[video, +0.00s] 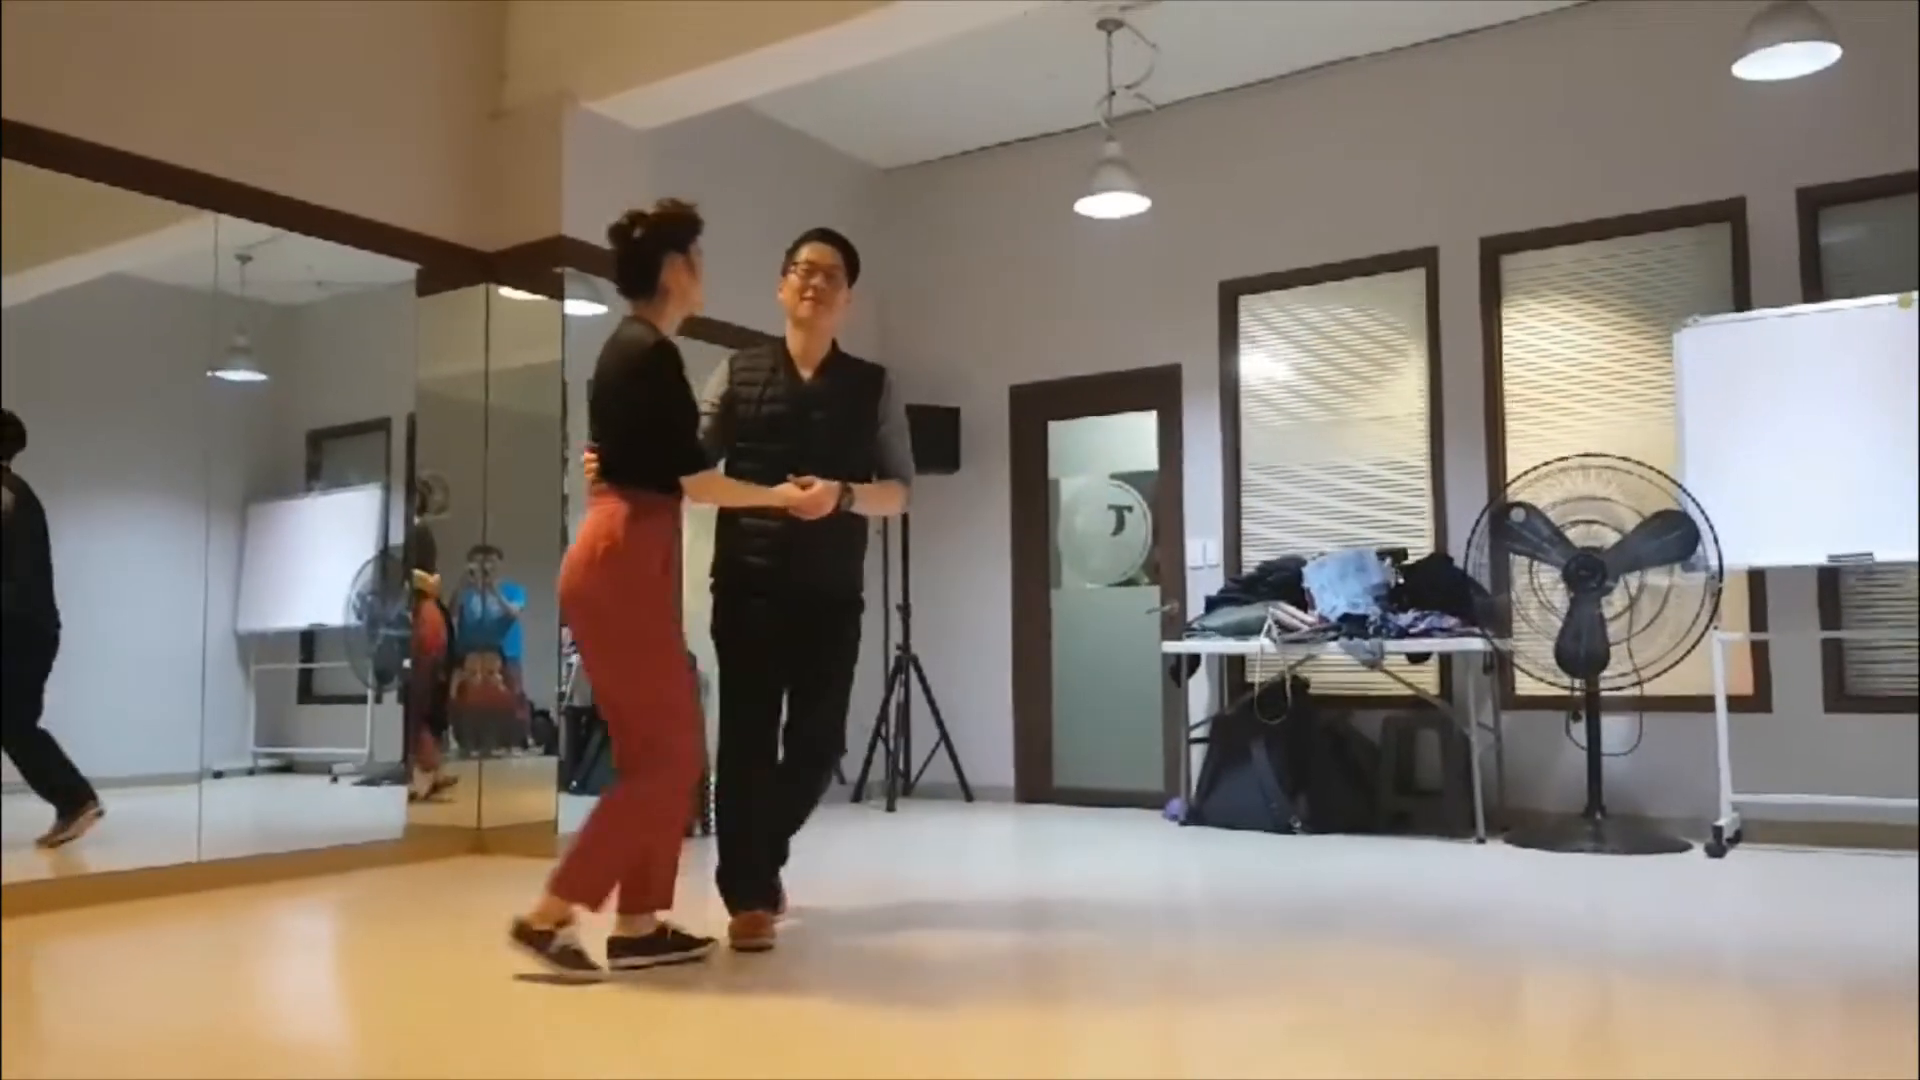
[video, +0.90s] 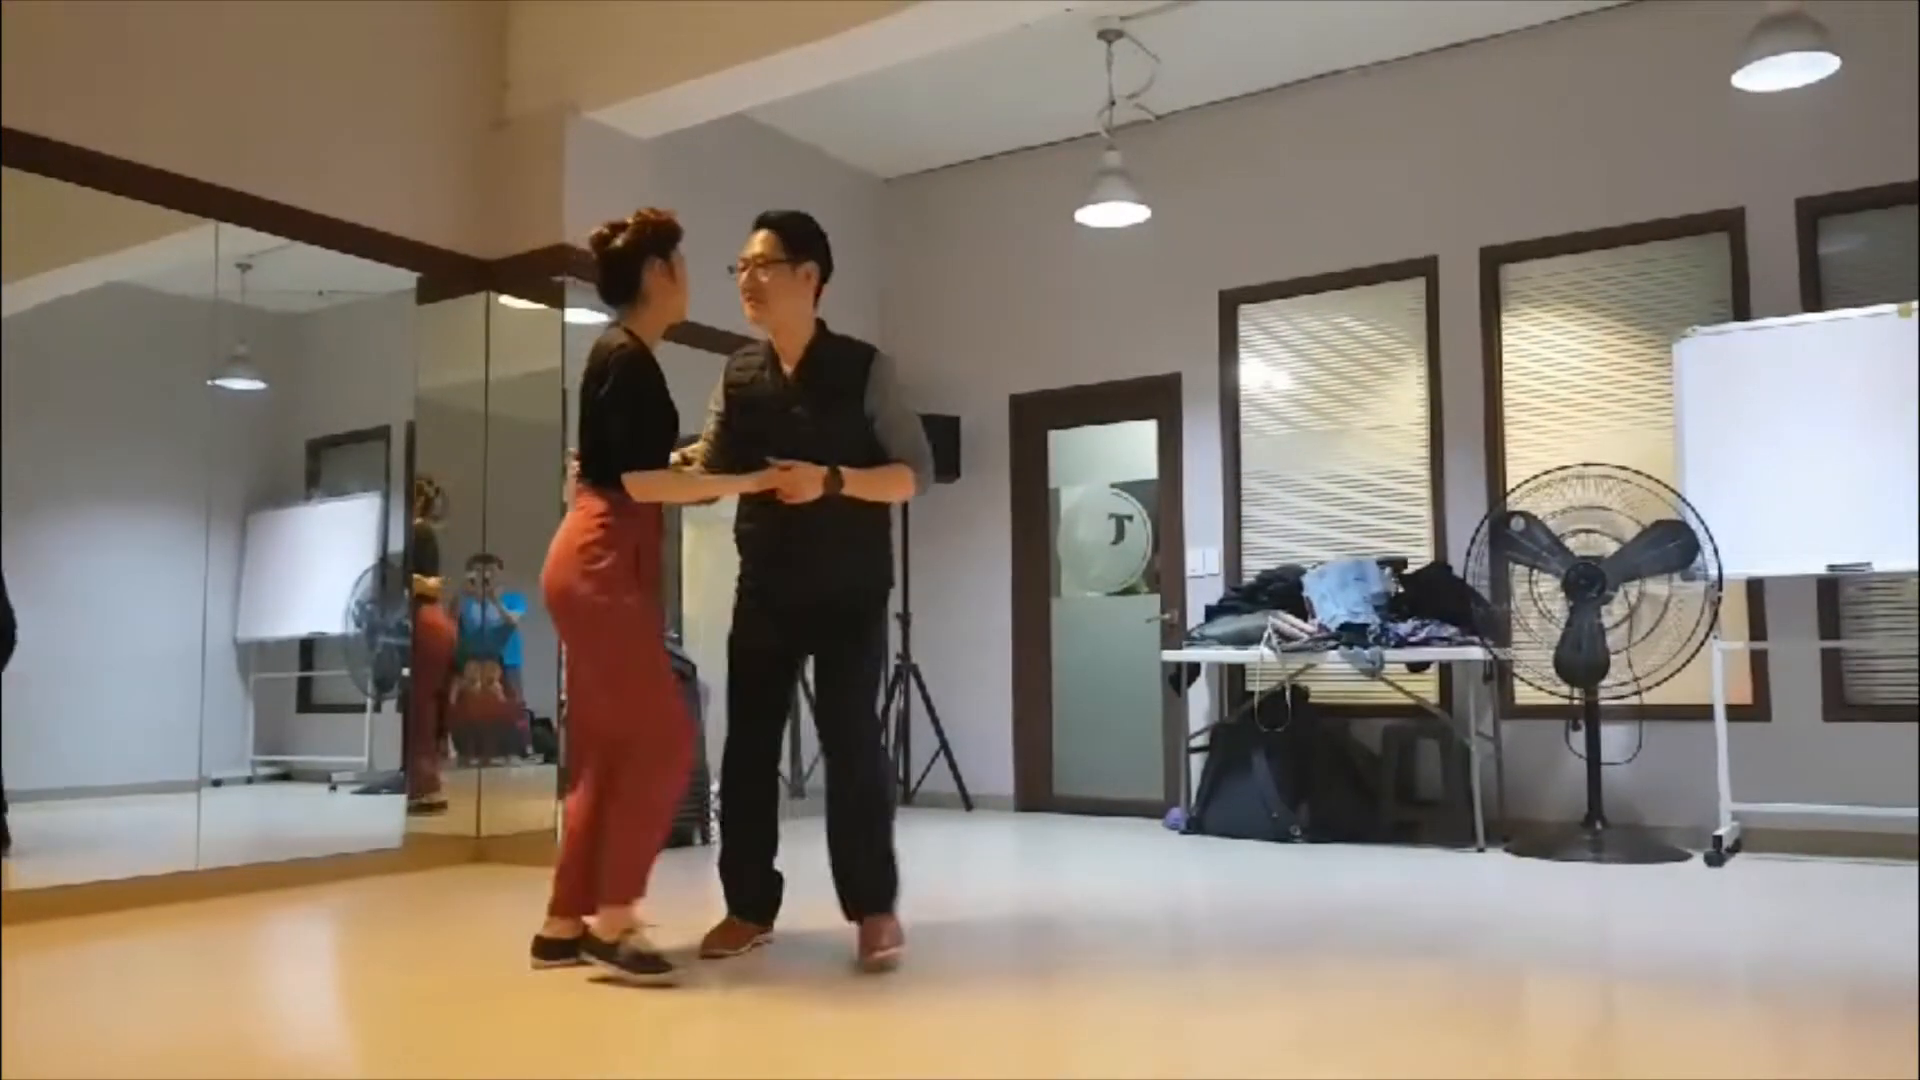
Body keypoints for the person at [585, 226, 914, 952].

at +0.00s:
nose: (811, 283)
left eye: (827, 275)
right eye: (801, 271)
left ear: (848, 297)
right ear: (781, 287)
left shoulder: (871, 386)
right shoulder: (741, 371)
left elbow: (898, 493)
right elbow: (689, 461)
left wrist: (842, 495)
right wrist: (612, 462)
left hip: (830, 595)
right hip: (748, 588)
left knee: (819, 745)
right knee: (746, 743)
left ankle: (763, 859)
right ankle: (748, 903)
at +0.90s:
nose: (745, 278)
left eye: (762, 265)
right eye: (742, 267)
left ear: (811, 277)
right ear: (746, 282)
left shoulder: (867, 369)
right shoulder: (741, 370)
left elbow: (912, 477)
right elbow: (712, 467)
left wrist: (832, 479)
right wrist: (625, 473)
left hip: (850, 587)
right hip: (766, 586)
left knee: (851, 743)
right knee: (749, 747)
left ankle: (875, 911)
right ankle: (748, 910)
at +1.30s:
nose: (807, 253)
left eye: (821, 238)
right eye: (807, 241)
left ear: (874, 243)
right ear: (840, 252)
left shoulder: (944, 331)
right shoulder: (835, 359)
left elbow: (1011, 437)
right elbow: (769, 452)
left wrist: (902, 457)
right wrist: (687, 474)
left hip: (960, 574)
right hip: (886, 574)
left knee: (925, 741)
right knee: (840, 730)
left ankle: (928, 936)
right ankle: (874, 897)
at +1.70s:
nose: (860, 242)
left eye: (873, 225)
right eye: (863, 227)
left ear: (921, 234)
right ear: (909, 238)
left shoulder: (988, 322)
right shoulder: (905, 358)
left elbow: (1059, 431)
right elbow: (841, 458)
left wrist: (939, 460)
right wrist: (763, 478)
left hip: (1016, 582)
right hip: (970, 585)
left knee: (918, 747)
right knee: (931, 745)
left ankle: (998, 964)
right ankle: (968, 927)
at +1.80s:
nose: (864, 218)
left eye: (874, 200)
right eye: (868, 203)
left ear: (915, 206)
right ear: (920, 210)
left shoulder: (970, 290)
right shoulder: (937, 308)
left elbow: (1033, 400)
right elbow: (952, 420)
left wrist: (908, 432)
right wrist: (881, 453)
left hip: (1021, 565)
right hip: (990, 565)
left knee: (941, 744)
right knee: (942, 738)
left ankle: (1002, 970)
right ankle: (977, 915)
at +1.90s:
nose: (886, 194)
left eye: (891, 177)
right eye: (889, 178)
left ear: (923, 176)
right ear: (969, 182)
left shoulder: (956, 259)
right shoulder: (1007, 266)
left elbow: (980, 363)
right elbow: (1009, 406)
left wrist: (851, 397)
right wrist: (907, 460)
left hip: (1019, 538)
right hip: (1066, 531)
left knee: (956, 740)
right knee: (1001, 719)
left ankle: (995, 970)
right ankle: (1086, 895)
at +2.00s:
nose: (903, 184)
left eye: (908, 167)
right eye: (906, 168)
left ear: (938, 167)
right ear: (991, 173)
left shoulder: (962, 252)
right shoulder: (1031, 260)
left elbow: (961, 366)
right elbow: (1038, 398)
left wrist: (839, 389)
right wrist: (944, 455)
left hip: (1023, 533)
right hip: (1087, 526)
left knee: (961, 743)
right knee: (1017, 720)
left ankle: (993, 974)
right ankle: (1128, 887)